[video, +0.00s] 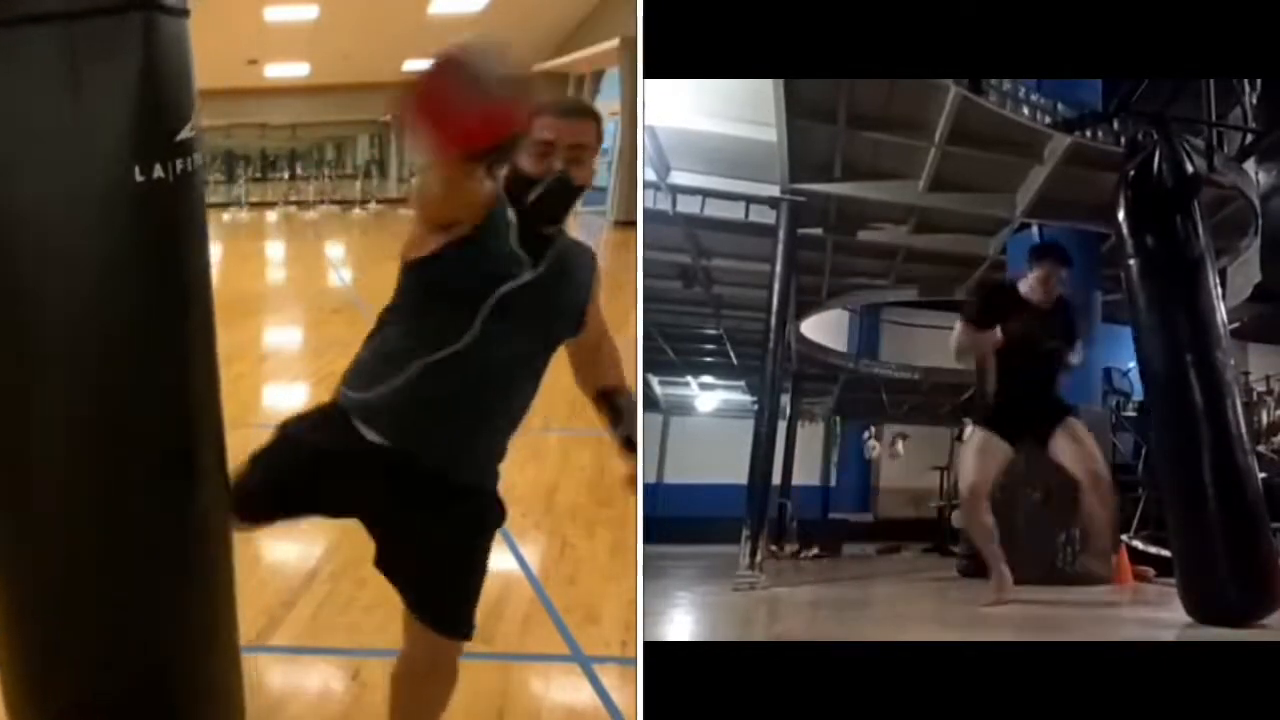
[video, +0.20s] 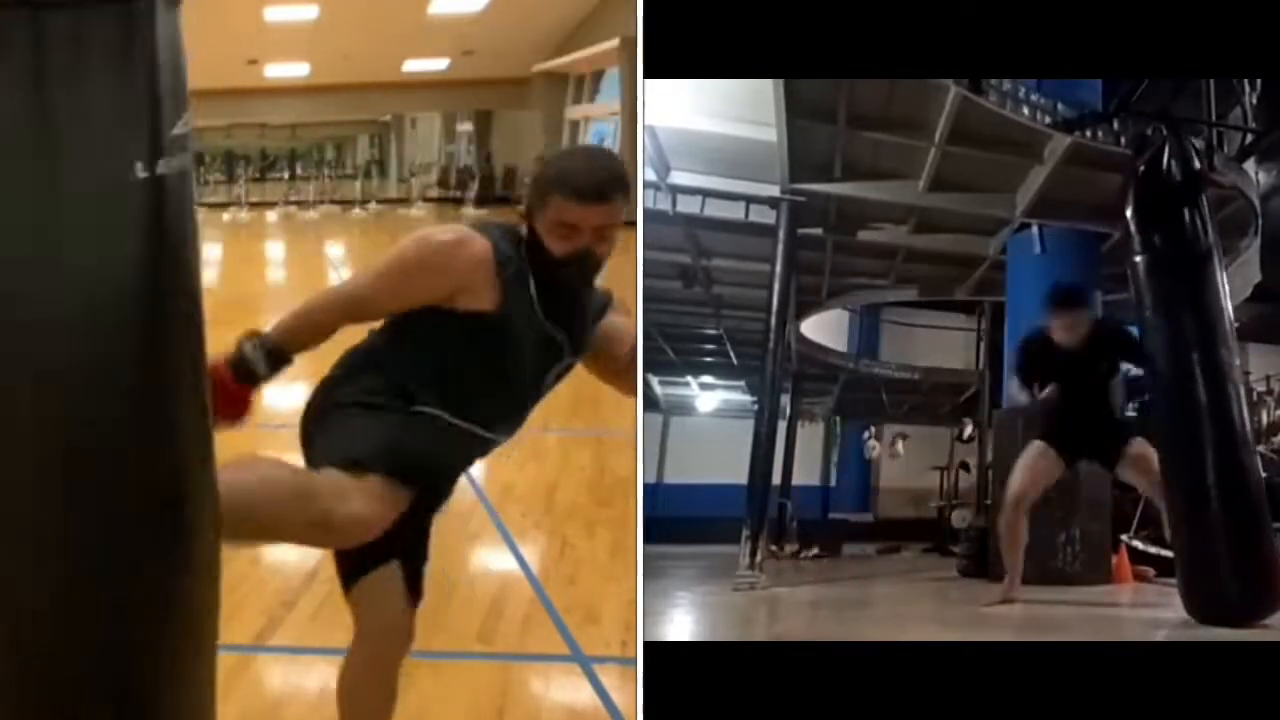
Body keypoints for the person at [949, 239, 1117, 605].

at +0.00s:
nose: (1051, 287)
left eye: (1057, 279)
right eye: (1045, 277)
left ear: (1063, 281)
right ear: (1030, 272)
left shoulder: (1063, 311)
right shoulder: (994, 297)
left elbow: (1074, 354)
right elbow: (959, 346)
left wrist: (1063, 364)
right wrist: (988, 339)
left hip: (1048, 410)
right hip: (999, 411)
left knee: (1097, 475)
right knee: (971, 490)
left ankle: (1100, 558)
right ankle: (999, 575)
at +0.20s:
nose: (1067, 331)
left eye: (1074, 324)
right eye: (1060, 324)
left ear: (1088, 318)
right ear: (1049, 321)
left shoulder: (1111, 337)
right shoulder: (1036, 347)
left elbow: (1154, 370)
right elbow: (1027, 385)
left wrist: (1132, 400)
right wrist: (1038, 395)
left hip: (1108, 430)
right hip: (1060, 432)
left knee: (1164, 481)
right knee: (1016, 497)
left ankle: (1193, 574)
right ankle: (1011, 584)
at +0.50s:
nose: (1121, 304)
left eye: (1127, 296)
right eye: (1114, 296)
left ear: (1136, 299)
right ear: (1095, 298)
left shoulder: (1145, 332)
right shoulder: (1079, 340)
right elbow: (1071, 403)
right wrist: (1113, 405)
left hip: (1140, 426)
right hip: (1094, 429)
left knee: (1196, 488)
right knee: (1050, 495)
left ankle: (1211, 581)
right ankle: (1011, 585)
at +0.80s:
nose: (1160, 259)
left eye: (1163, 254)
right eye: (1155, 251)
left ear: (1163, 259)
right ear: (1139, 253)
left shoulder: (1159, 291)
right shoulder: (1113, 282)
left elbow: (1176, 327)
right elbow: (1102, 331)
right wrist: (1140, 294)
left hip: (1139, 400)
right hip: (1100, 395)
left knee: (1167, 485)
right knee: (1065, 482)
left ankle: (1173, 584)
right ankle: (1003, 561)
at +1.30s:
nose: (1078, 305)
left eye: (1085, 299)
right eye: (1075, 296)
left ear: (1089, 301)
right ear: (1059, 288)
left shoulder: (1075, 329)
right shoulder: (1015, 314)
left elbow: (1089, 383)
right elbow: (1004, 365)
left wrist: (1078, 344)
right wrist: (1045, 330)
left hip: (1053, 422)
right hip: (1002, 421)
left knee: (1091, 490)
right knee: (970, 490)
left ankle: (1121, 574)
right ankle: (959, 578)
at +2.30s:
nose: (986, 259)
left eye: (993, 255)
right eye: (982, 249)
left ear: (996, 261)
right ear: (963, 242)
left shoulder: (987, 291)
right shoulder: (918, 268)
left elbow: (1004, 348)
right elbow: (877, 319)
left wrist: (992, 313)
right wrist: (926, 311)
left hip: (960, 398)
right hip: (909, 392)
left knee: (986, 484)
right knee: (864, 471)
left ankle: (998, 586)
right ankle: (814, 581)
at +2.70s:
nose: (925, 242)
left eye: (931, 236)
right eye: (919, 233)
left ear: (936, 241)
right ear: (899, 231)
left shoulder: (935, 273)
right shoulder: (868, 264)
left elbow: (973, 318)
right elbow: (822, 299)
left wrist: (974, 283)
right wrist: (880, 276)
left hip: (907, 387)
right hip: (860, 382)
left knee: (925, 487)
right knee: (823, 464)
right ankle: (785, 570)